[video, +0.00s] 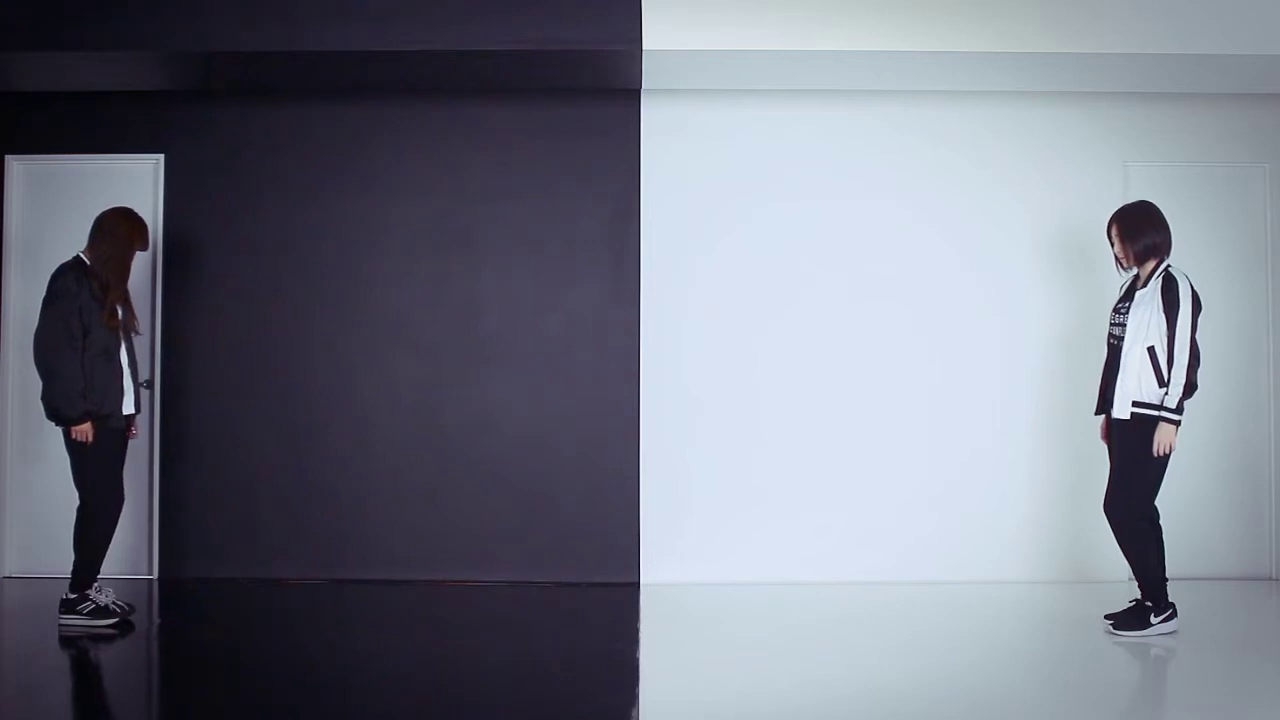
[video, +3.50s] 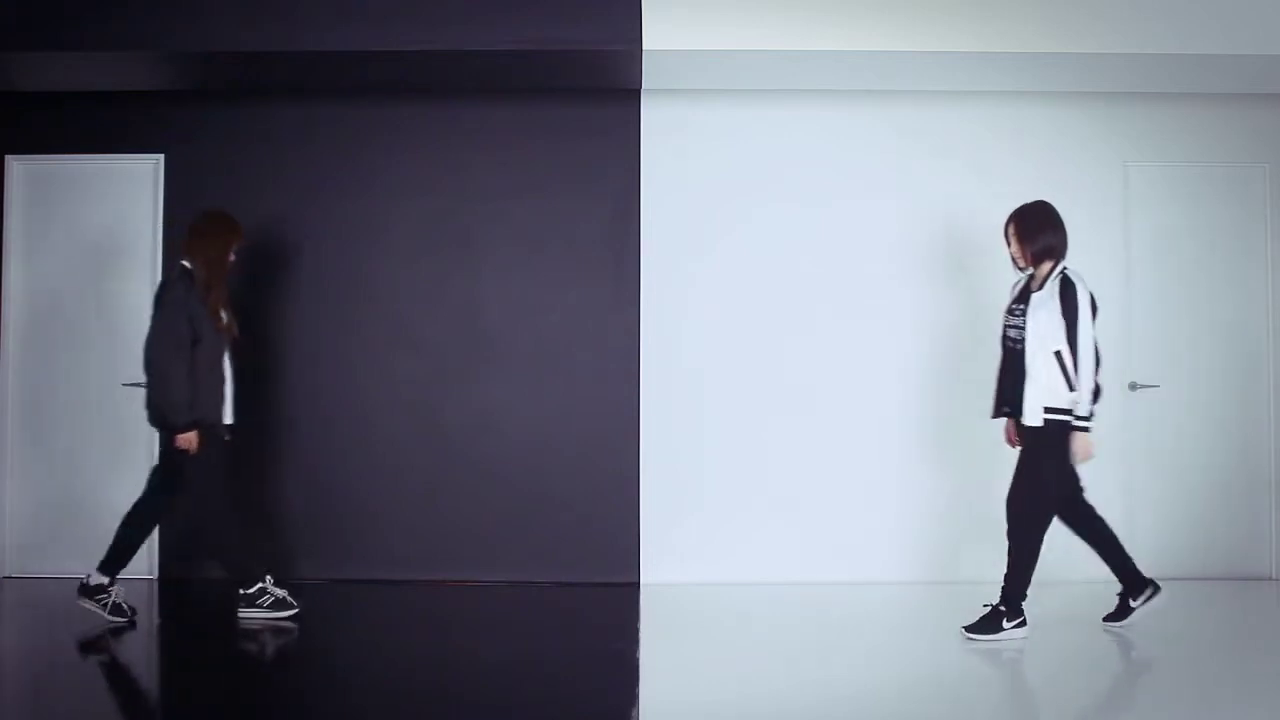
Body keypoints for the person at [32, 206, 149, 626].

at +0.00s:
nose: (132, 260)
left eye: (135, 252)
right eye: (131, 251)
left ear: (107, 241)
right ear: (114, 245)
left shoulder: (108, 284)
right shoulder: (71, 279)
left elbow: (117, 354)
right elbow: (55, 350)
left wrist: (129, 410)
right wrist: (75, 413)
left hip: (112, 416)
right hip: (87, 417)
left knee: (108, 499)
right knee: (100, 500)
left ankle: (86, 590)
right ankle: (78, 597)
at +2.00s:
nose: (132, 259)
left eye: (135, 251)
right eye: (130, 250)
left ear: (107, 240)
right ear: (114, 244)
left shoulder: (109, 283)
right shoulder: (70, 278)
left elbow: (119, 353)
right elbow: (55, 349)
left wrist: (130, 410)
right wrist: (75, 412)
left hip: (112, 416)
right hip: (87, 417)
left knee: (107, 501)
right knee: (97, 502)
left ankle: (86, 590)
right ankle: (77, 597)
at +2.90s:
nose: (156, 256)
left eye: (157, 247)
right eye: (153, 247)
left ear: (129, 240)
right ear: (136, 242)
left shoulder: (132, 285)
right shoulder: (96, 279)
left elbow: (135, 358)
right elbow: (80, 350)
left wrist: (145, 414)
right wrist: (98, 413)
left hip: (128, 414)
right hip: (111, 415)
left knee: (104, 503)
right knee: (156, 489)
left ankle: (87, 592)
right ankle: (107, 576)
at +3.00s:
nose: (162, 255)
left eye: (164, 247)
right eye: (160, 246)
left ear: (136, 240)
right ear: (142, 242)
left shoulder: (132, 282)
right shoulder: (103, 278)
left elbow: (135, 347)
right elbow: (85, 348)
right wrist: (104, 412)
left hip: (136, 415)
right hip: (122, 417)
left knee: (105, 508)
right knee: (173, 481)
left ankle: (86, 593)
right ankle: (151, 573)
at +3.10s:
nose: (173, 255)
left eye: (175, 246)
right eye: (169, 245)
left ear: (152, 244)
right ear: (149, 242)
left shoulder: (155, 285)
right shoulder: (113, 280)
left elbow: (164, 355)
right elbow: (94, 350)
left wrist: (176, 411)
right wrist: (112, 414)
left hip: (148, 418)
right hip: (133, 419)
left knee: (107, 511)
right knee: (182, 487)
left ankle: (86, 593)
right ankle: (195, 576)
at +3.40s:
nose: (214, 263)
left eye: (215, 254)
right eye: (210, 254)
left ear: (188, 250)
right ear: (190, 250)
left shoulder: (185, 294)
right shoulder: (158, 290)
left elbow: (185, 364)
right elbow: (143, 361)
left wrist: (193, 424)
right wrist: (156, 425)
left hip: (180, 427)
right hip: (171, 429)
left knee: (130, 512)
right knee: (205, 511)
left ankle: (89, 590)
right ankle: (244, 587)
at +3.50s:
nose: (233, 260)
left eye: (234, 251)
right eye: (229, 251)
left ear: (204, 248)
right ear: (210, 249)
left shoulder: (209, 290)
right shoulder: (179, 290)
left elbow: (213, 359)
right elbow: (166, 359)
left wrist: (225, 418)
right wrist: (180, 422)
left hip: (213, 421)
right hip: (192, 423)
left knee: (154, 503)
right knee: (226, 506)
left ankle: (100, 582)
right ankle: (251, 590)